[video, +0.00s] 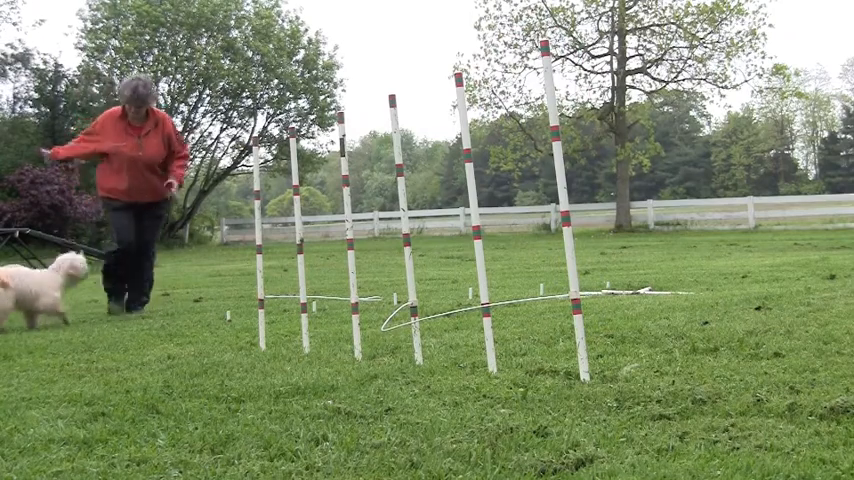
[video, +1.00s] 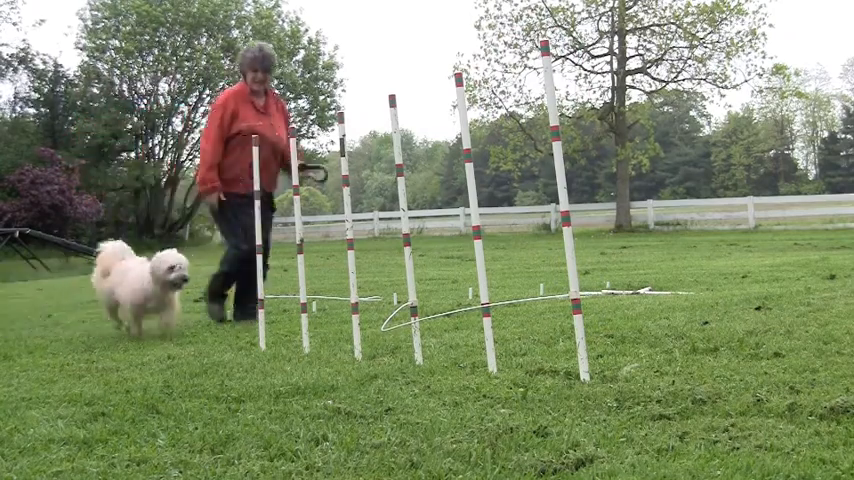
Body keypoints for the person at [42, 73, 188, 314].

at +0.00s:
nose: (134, 112)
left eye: (139, 107)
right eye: (130, 106)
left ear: (149, 104)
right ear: (124, 102)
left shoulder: (163, 122)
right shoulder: (110, 120)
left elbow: (180, 153)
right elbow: (86, 143)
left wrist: (175, 176)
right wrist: (56, 153)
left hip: (153, 199)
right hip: (118, 198)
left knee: (145, 251)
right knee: (126, 246)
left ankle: (137, 304)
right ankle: (115, 295)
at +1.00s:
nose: (259, 76)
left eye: (264, 71)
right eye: (253, 71)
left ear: (271, 72)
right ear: (243, 72)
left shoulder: (277, 105)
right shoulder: (228, 100)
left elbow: (283, 145)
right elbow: (211, 143)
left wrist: (293, 164)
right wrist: (208, 185)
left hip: (263, 193)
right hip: (231, 193)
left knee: (258, 255)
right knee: (243, 248)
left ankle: (246, 313)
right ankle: (216, 294)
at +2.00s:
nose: (437, 36)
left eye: (443, 30)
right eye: (431, 31)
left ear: (451, 32)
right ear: (420, 33)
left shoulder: (464, 68)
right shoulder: (405, 73)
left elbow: (480, 112)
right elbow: (393, 126)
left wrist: (492, 138)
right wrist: (402, 171)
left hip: (455, 171)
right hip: (420, 172)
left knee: (451, 240)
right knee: (446, 230)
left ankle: (441, 313)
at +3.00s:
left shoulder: (643, 20)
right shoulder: (565, 25)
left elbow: (666, 72)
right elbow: (544, 90)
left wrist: (674, 105)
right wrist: (542, 146)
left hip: (634, 149)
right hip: (584, 149)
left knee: (634, 234)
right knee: (602, 225)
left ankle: (630, 316)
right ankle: (594, 305)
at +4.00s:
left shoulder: (731, 4)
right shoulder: (628, 5)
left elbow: (760, 51)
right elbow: (613, 64)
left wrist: (751, 89)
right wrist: (608, 122)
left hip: (719, 134)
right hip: (649, 138)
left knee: (721, 235)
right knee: (644, 238)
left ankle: (719, 326)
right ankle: (644, 323)